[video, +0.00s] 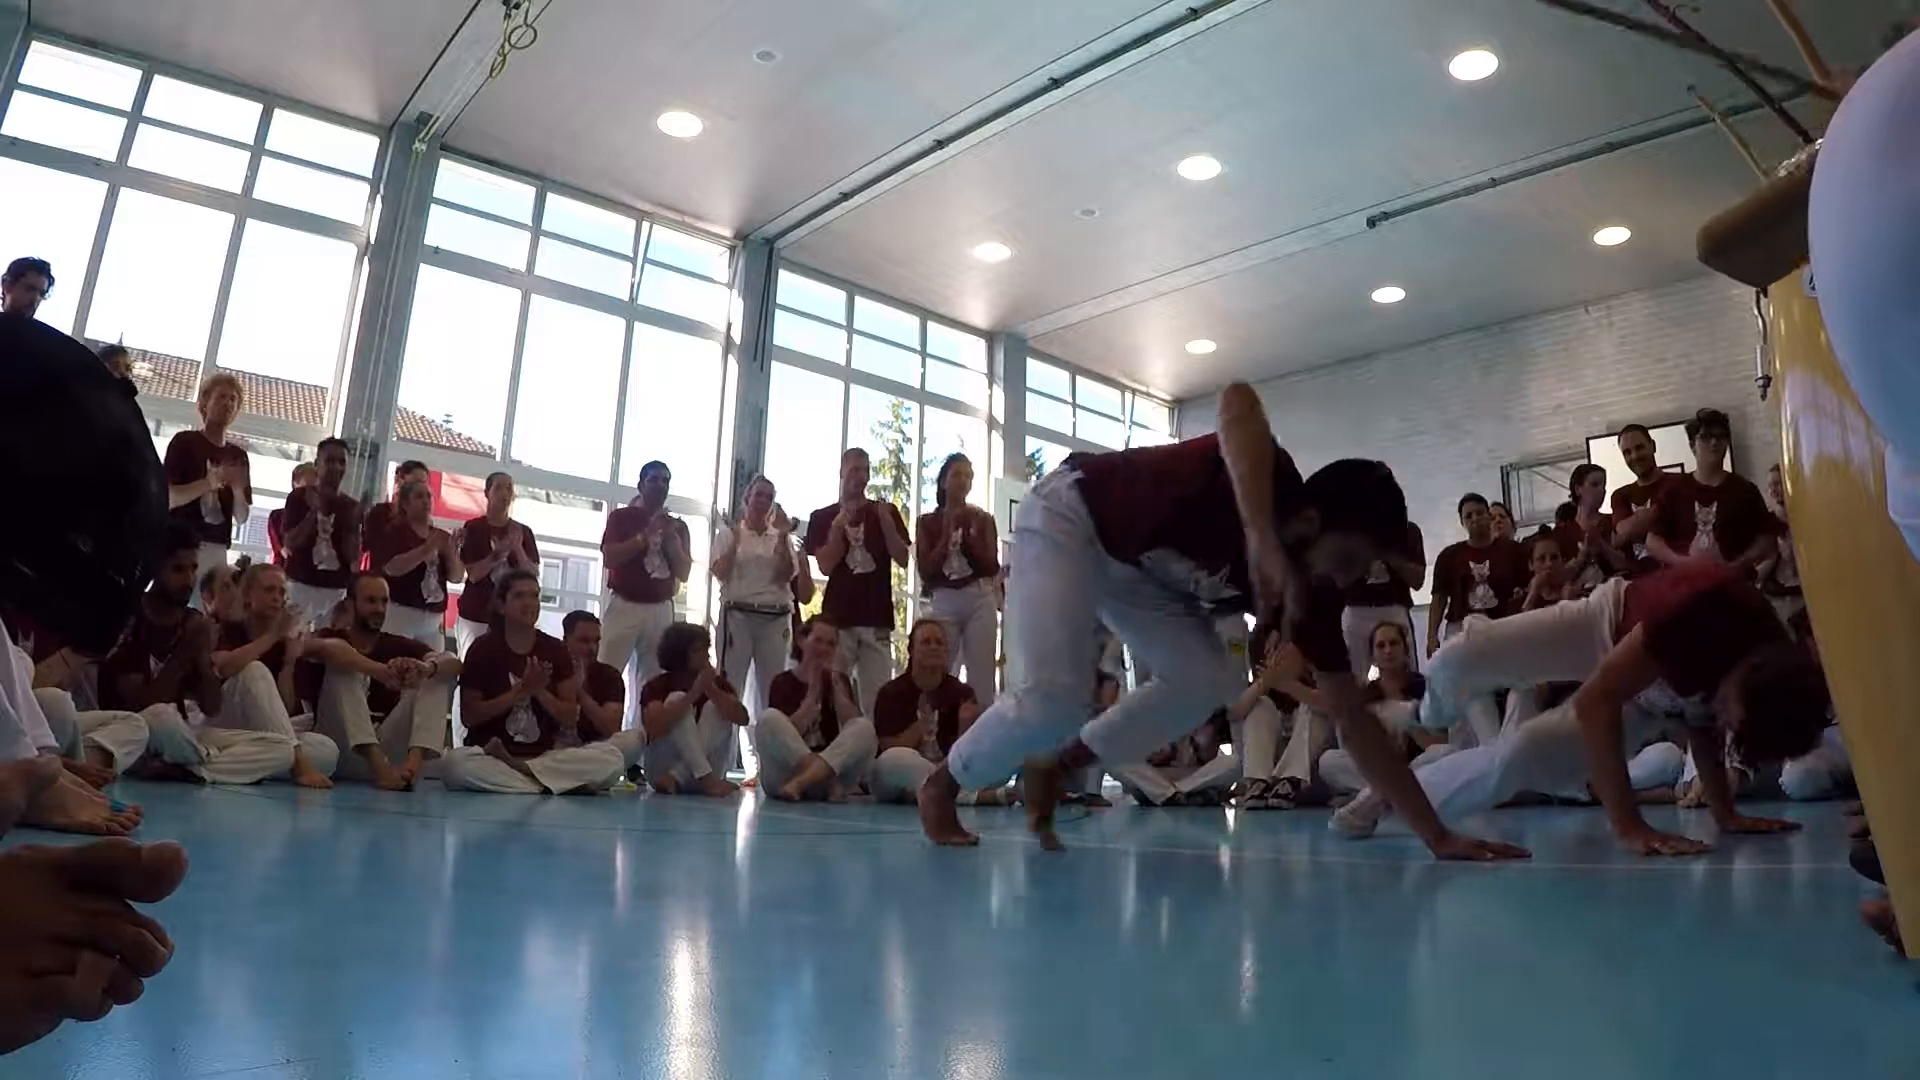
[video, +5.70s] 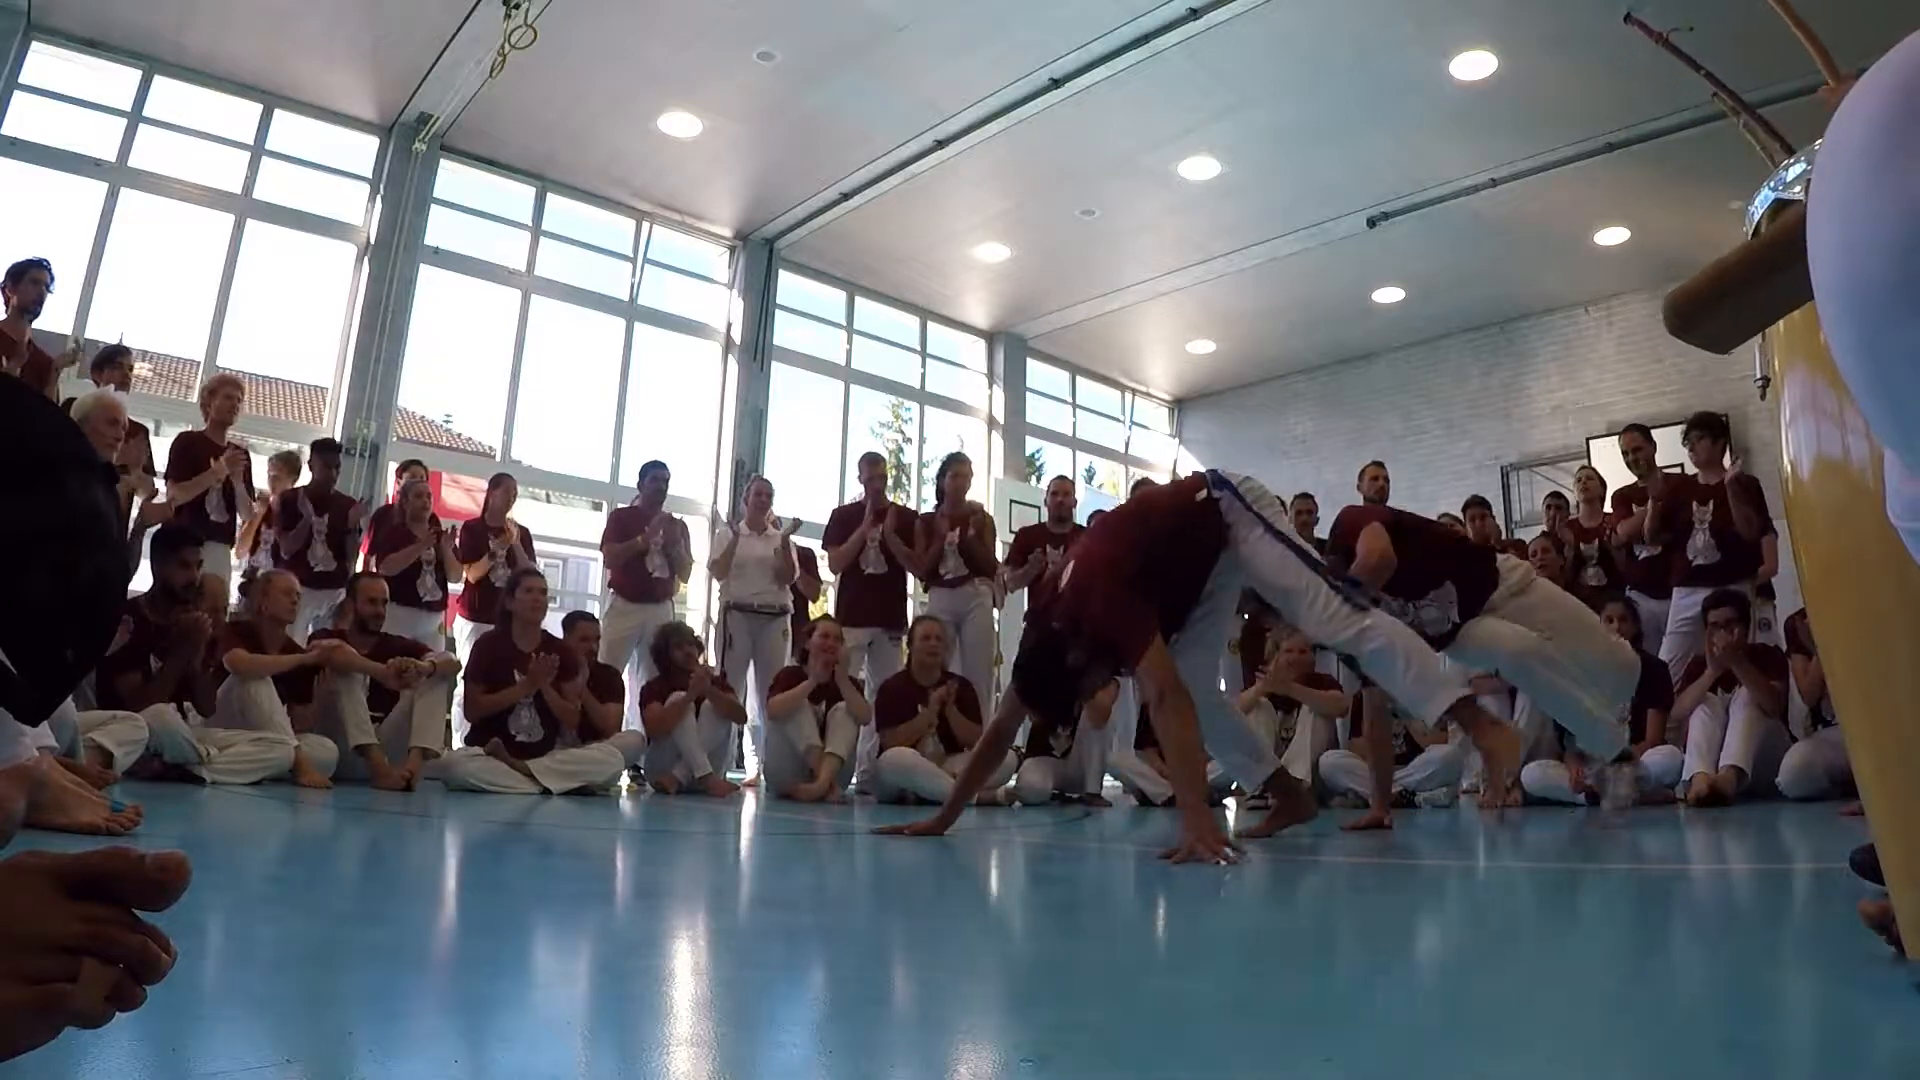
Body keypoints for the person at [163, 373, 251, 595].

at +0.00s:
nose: (227, 403)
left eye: (232, 399)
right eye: (221, 396)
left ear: (237, 409)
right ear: (202, 403)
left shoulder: (237, 455)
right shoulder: (183, 442)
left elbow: (241, 517)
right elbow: (167, 499)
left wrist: (236, 486)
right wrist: (208, 483)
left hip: (216, 549)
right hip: (180, 545)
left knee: (208, 620)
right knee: (170, 616)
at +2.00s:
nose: (232, 405)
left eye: (236, 400)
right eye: (225, 398)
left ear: (239, 409)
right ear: (206, 402)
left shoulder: (238, 454)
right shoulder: (184, 441)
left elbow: (243, 515)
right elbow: (169, 497)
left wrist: (245, 478)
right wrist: (207, 470)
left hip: (216, 547)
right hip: (179, 543)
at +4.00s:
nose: (238, 407)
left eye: (242, 402)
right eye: (231, 399)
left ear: (245, 409)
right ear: (210, 403)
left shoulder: (241, 456)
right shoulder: (188, 441)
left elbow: (242, 517)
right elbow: (172, 499)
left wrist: (230, 494)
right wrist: (211, 485)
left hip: (217, 548)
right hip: (179, 544)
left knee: (205, 618)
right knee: (171, 612)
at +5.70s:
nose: (234, 405)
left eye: (238, 401)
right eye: (228, 397)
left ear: (241, 408)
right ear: (208, 402)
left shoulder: (239, 453)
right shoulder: (186, 441)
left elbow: (247, 513)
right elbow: (174, 495)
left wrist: (237, 479)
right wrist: (216, 473)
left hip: (219, 546)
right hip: (183, 542)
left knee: (214, 618)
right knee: (176, 614)